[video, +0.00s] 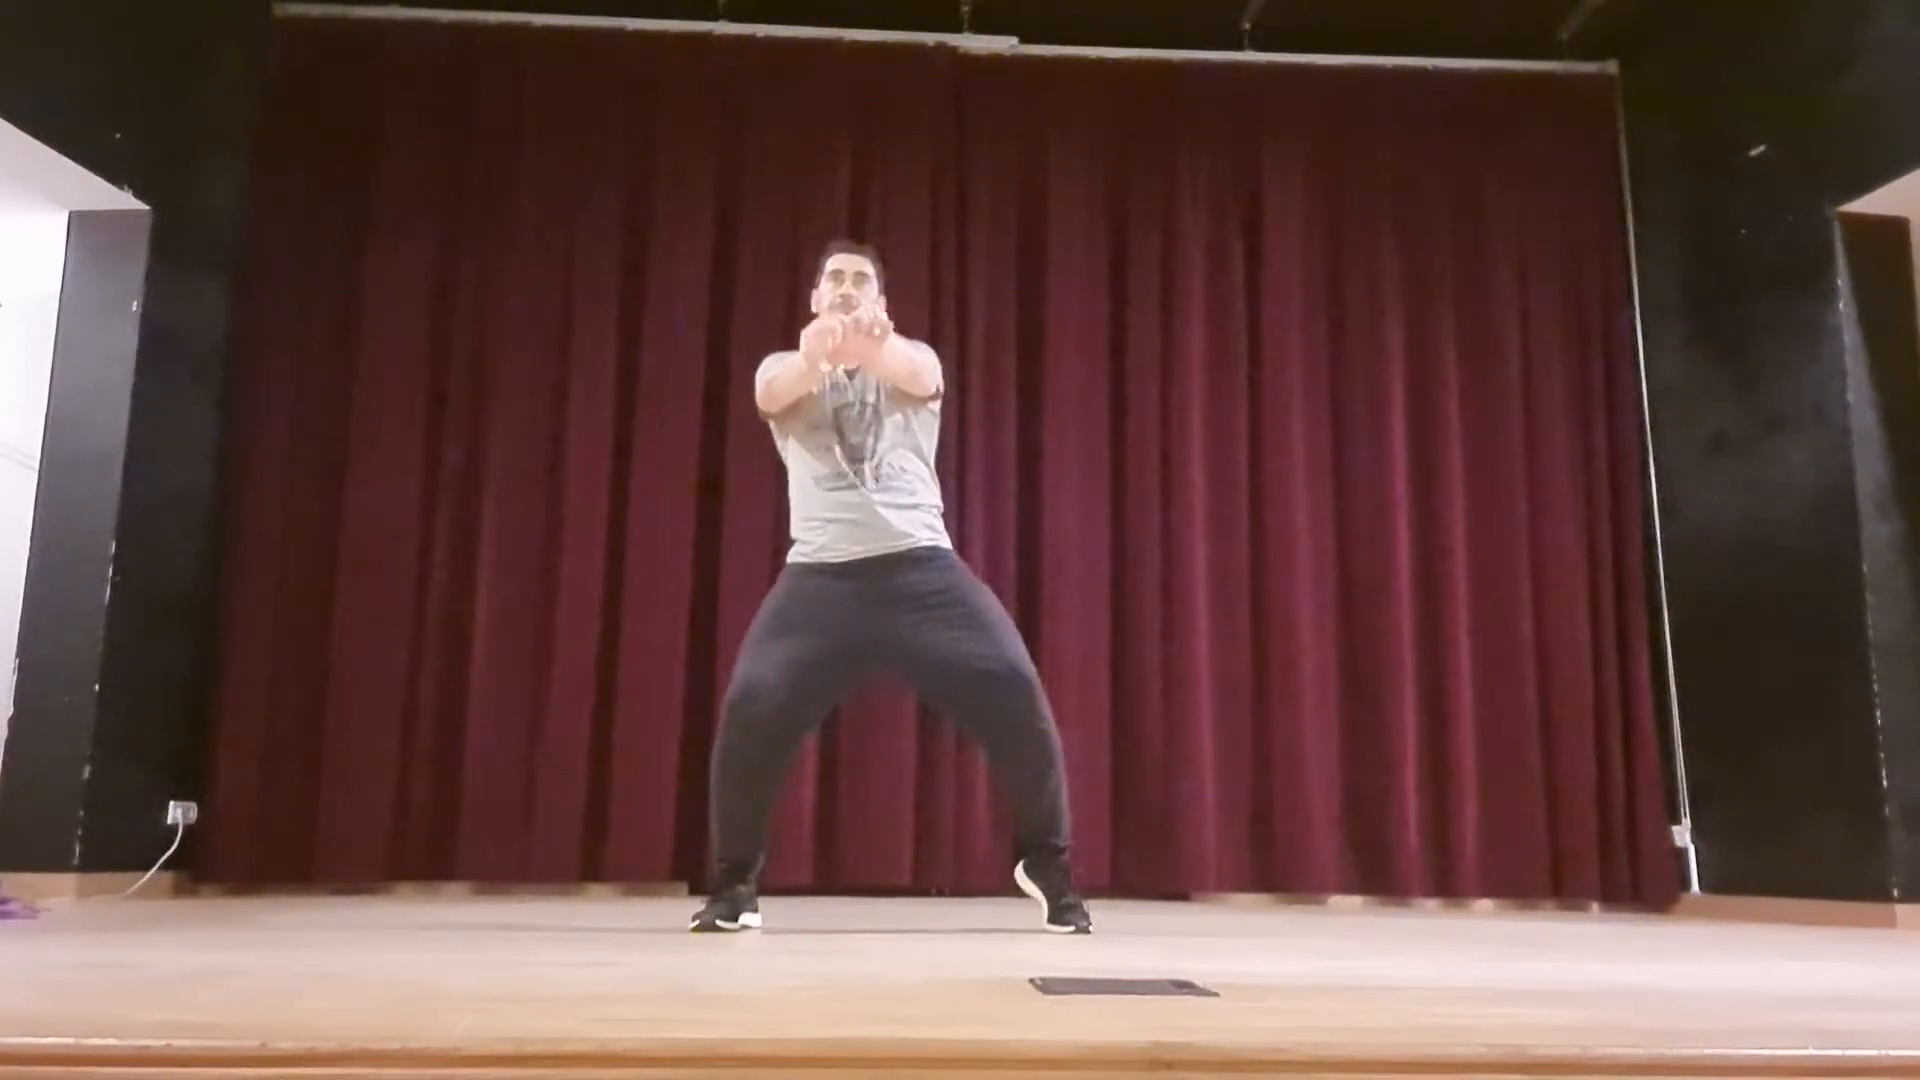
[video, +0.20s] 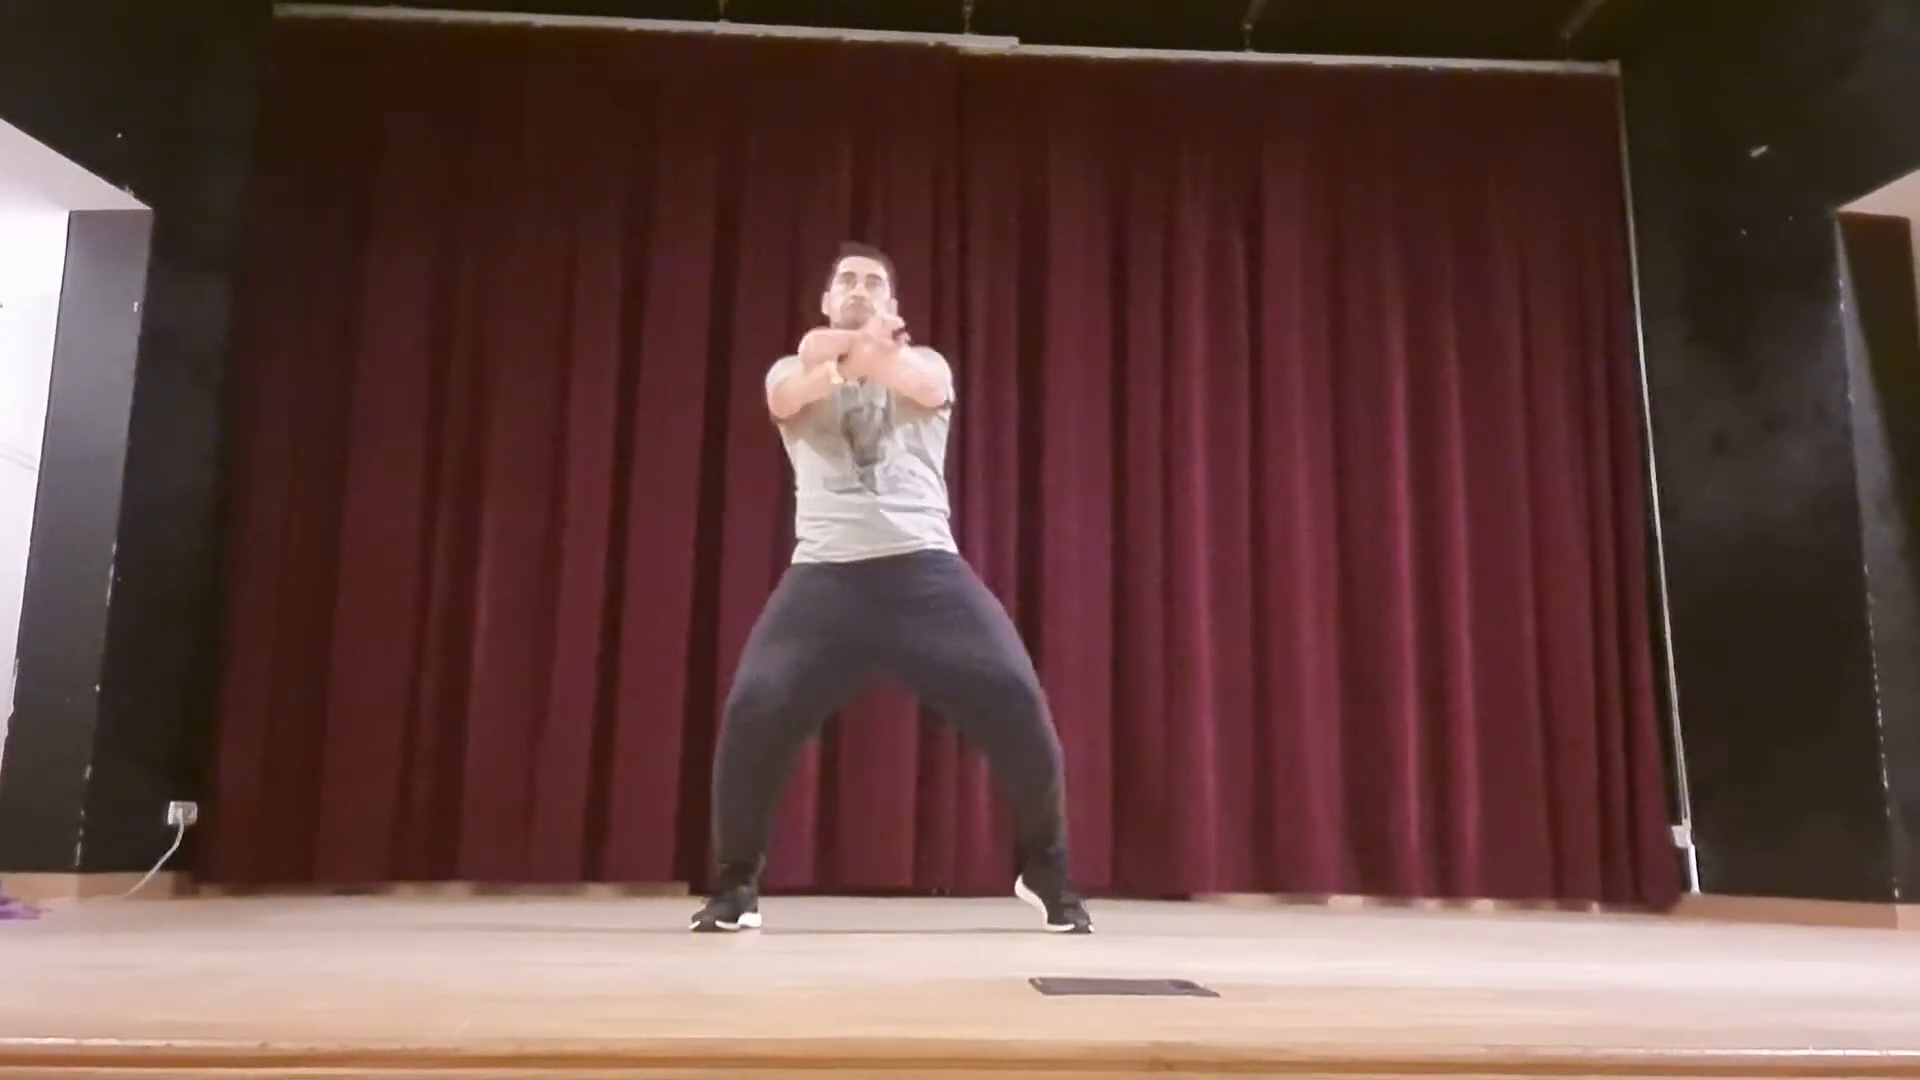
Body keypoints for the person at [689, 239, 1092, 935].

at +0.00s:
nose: (846, 290)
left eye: (859, 280)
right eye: (834, 280)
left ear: (881, 299)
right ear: (813, 297)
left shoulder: (912, 358)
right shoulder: (784, 366)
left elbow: (921, 379)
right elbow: (771, 398)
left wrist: (875, 346)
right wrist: (815, 363)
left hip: (923, 572)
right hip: (819, 579)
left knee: (1016, 692)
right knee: (753, 702)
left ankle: (1047, 862)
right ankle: (732, 886)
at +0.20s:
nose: (857, 290)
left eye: (870, 283)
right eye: (846, 281)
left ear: (893, 307)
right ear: (823, 303)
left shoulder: (926, 365)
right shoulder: (793, 368)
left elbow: (928, 389)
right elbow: (785, 403)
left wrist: (856, 346)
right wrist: (845, 362)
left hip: (926, 573)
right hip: (822, 578)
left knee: (1016, 698)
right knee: (755, 703)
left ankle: (1044, 871)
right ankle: (733, 887)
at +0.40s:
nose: (906, 270)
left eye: (920, 264)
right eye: (891, 261)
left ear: (939, 287)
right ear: (863, 285)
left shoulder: (962, 352)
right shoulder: (838, 345)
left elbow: (976, 386)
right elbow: (828, 358)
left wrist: (938, 323)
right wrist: (893, 313)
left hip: (946, 571)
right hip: (843, 569)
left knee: (1018, 698)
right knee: (764, 688)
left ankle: (1042, 876)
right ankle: (733, 876)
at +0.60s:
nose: (945, 290)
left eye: (959, 280)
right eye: (931, 282)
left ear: (981, 302)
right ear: (909, 303)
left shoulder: (998, 371)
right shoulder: (875, 357)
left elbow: (1016, 419)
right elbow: (868, 373)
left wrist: (987, 346)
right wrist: (950, 345)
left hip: (966, 577)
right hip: (864, 571)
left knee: (1027, 706)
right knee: (771, 684)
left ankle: (1041, 889)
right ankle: (731, 868)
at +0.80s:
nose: (954, 294)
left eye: (967, 283)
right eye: (941, 284)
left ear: (988, 301)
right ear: (919, 302)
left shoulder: (1003, 375)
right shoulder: (880, 355)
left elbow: (1021, 417)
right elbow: (880, 365)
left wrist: (1007, 351)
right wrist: (972, 346)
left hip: (968, 578)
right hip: (866, 571)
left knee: (1029, 709)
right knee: (775, 681)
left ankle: (1040, 888)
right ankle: (732, 865)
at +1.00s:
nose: (922, 292)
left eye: (937, 283)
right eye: (911, 285)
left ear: (970, 307)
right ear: (893, 309)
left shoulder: (986, 368)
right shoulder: (861, 362)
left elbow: (1001, 417)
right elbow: (858, 378)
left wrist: (970, 355)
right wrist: (929, 362)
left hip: (964, 578)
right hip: (861, 574)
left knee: (1027, 709)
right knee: (771, 683)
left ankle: (1039, 889)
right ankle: (731, 870)